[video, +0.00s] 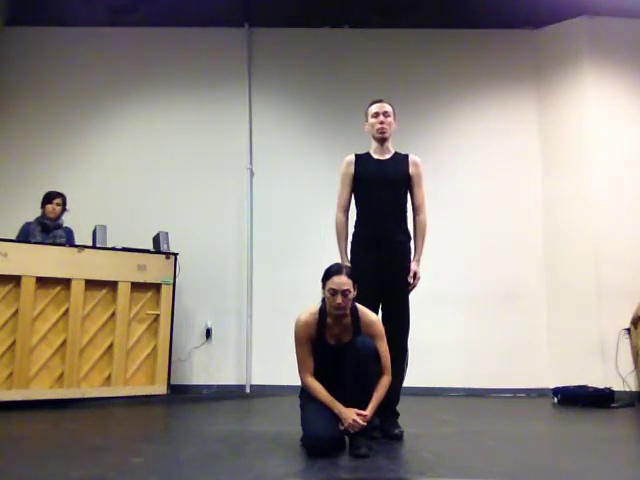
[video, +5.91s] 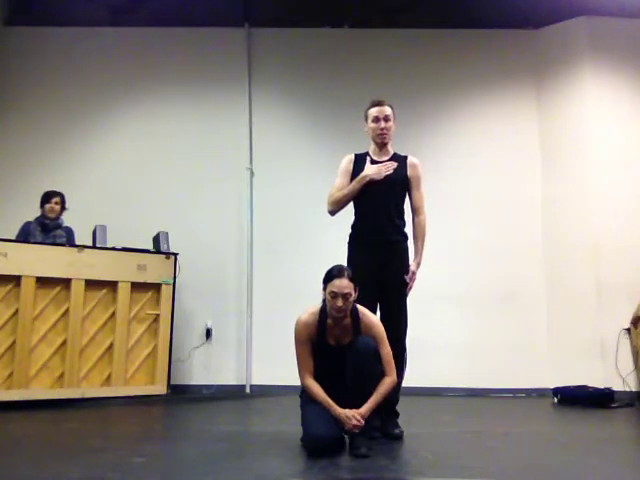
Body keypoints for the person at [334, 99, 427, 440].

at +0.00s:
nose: (381, 120)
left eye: (386, 115)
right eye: (375, 116)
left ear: (395, 123)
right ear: (366, 125)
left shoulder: (411, 165)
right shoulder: (352, 164)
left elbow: (420, 214)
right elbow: (341, 213)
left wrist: (417, 259)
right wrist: (344, 261)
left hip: (397, 259)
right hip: (363, 259)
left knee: (396, 339)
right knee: (359, 338)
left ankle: (389, 415)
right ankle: (360, 417)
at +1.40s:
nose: (383, 124)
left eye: (387, 118)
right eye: (377, 119)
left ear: (395, 124)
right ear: (368, 126)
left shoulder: (411, 166)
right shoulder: (353, 165)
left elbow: (421, 215)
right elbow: (333, 210)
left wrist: (419, 259)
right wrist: (350, 213)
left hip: (396, 259)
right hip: (363, 259)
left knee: (395, 339)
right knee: (360, 338)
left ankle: (388, 415)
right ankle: (360, 416)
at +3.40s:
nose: (381, 124)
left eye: (386, 119)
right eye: (375, 120)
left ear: (394, 126)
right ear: (366, 127)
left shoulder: (409, 166)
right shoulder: (353, 163)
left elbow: (419, 215)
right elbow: (332, 205)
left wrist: (416, 259)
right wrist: (366, 177)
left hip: (395, 257)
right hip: (362, 257)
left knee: (395, 337)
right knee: (358, 336)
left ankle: (388, 415)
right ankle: (359, 416)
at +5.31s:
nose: (380, 121)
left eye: (386, 117)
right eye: (375, 117)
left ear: (393, 124)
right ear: (365, 126)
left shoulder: (409, 165)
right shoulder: (352, 162)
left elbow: (418, 215)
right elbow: (331, 203)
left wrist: (416, 259)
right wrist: (365, 175)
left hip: (394, 257)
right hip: (361, 256)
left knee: (394, 337)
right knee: (358, 336)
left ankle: (388, 415)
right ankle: (359, 417)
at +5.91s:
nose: (382, 125)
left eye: (387, 119)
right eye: (376, 120)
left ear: (394, 124)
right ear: (366, 126)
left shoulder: (410, 166)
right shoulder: (352, 163)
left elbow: (419, 215)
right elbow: (332, 205)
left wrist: (416, 260)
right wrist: (365, 177)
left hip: (394, 257)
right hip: (361, 256)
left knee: (394, 337)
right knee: (358, 336)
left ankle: (388, 415)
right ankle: (359, 416)